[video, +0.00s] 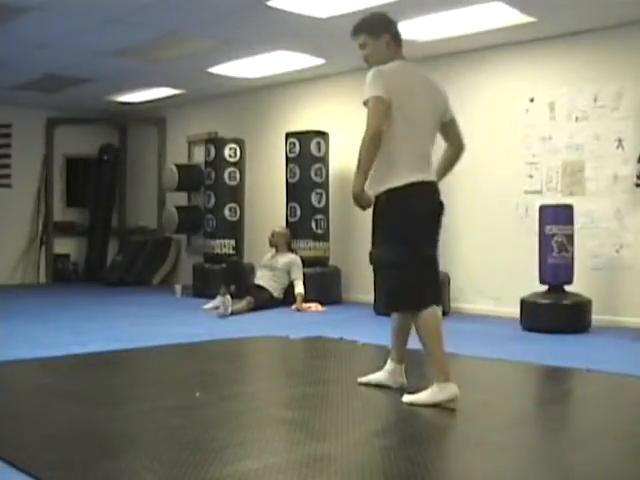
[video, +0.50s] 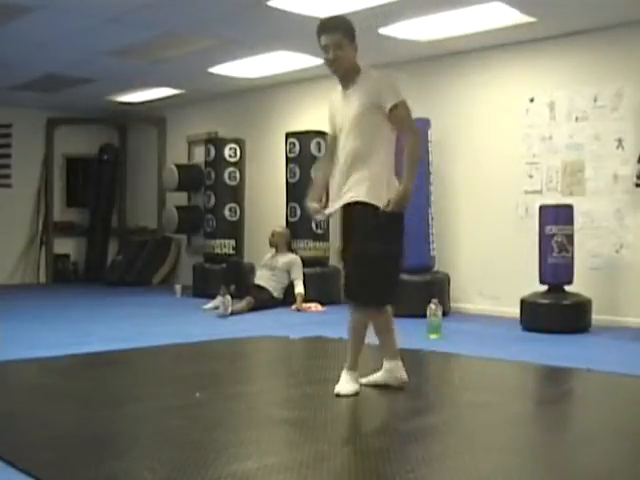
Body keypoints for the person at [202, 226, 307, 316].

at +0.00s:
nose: (270, 237)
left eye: (273, 235)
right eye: (271, 235)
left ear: (282, 239)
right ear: (278, 239)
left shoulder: (293, 259)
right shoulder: (270, 254)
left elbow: (298, 282)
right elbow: (262, 273)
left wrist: (299, 302)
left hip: (271, 293)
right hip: (255, 287)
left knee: (250, 300)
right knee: (233, 265)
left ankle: (230, 310)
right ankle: (221, 298)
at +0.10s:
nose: (270, 237)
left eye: (274, 235)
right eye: (271, 235)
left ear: (282, 239)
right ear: (277, 240)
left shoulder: (293, 259)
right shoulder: (270, 254)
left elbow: (298, 282)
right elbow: (263, 273)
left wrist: (299, 302)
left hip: (271, 294)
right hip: (255, 288)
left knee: (250, 300)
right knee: (233, 265)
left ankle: (230, 310)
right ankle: (221, 298)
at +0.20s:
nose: (270, 237)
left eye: (273, 235)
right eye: (271, 235)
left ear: (282, 239)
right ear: (277, 240)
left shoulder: (293, 259)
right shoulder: (270, 254)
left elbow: (298, 283)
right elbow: (263, 273)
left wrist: (298, 302)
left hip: (271, 293)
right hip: (254, 287)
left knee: (250, 300)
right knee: (234, 265)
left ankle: (230, 310)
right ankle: (221, 298)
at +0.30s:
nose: (270, 237)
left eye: (273, 235)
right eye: (271, 235)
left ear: (282, 239)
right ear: (277, 240)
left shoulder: (293, 259)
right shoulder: (270, 254)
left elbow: (298, 283)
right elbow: (263, 273)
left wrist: (298, 302)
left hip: (271, 293)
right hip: (254, 287)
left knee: (250, 300)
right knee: (234, 265)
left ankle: (230, 310)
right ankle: (221, 298)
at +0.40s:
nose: (270, 237)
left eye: (273, 235)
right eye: (271, 235)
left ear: (283, 239)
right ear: (277, 239)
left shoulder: (293, 259)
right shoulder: (270, 254)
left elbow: (298, 282)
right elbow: (262, 273)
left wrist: (299, 302)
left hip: (270, 294)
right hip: (254, 287)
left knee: (250, 300)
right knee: (234, 264)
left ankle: (230, 310)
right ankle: (221, 298)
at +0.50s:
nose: (270, 237)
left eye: (274, 235)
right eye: (271, 235)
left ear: (283, 239)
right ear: (277, 240)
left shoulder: (293, 259)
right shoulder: (270, 254)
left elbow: (298, 283)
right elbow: (262, 273)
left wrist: (299, 302)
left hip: (271, 293)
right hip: (254, 287)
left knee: (250, 300)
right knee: (234, 264)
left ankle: (230, 310)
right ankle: (221, 298)